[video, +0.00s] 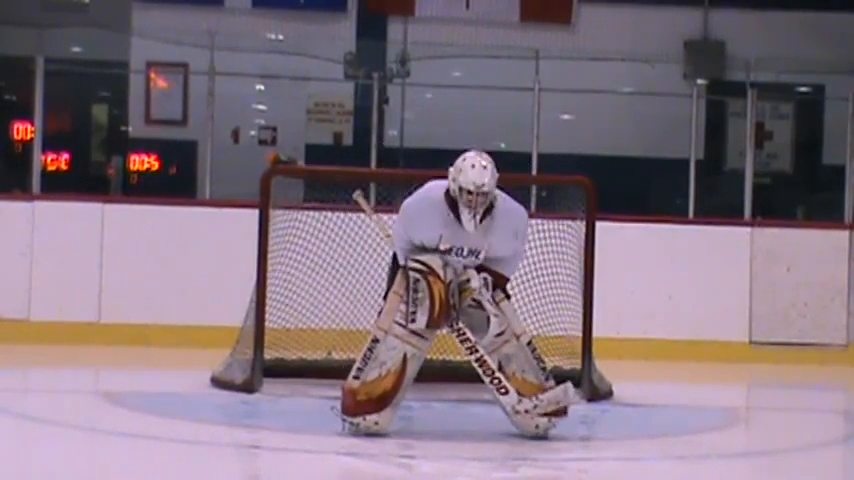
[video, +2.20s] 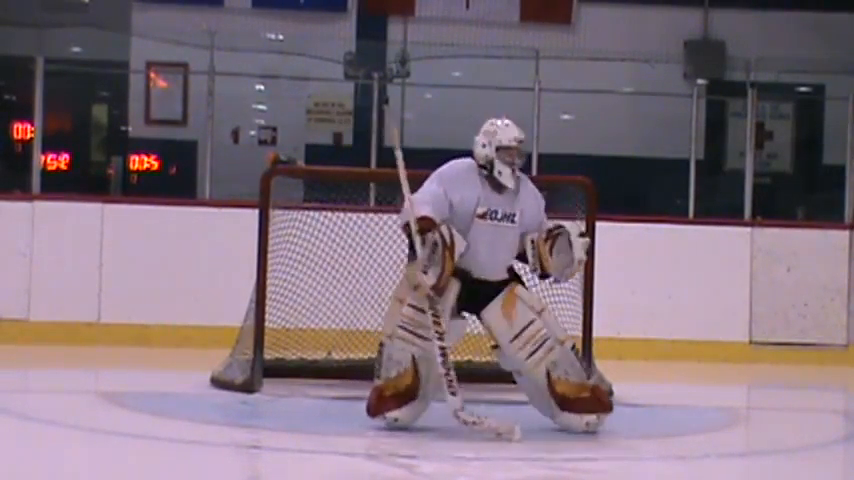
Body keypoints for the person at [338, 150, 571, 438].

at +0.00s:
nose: (474, 201)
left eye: (482, 195)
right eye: (467, 194)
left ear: (493, 192)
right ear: (453, 187)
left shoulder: (513, 217)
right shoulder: (421, 206)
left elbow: (502, 269)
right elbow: (405, 256)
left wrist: (478, 286)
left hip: (475, 281)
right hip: (424, 276)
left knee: (506, 340)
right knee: (403, 333)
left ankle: (535, 413)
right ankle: (368, 409)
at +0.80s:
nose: (480, 146)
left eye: (487, 139)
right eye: (473, 138)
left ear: (497, 141)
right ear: (459, 138)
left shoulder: (519, 185)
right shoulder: (426, 170)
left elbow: (533, 245)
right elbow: (399, 220)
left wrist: (519, 265)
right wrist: (417, 266)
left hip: (482, 277)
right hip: (424, 272)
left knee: (510, 339)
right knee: (395, 336)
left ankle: (536, 414)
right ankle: (368, 412)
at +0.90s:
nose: (477, 126)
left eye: (483, 119)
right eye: (470, 119)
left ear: (493, 123)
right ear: (456, 120)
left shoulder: (515, 167)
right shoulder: (422, 156)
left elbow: (538, 213)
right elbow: (386, 195)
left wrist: (545, 233)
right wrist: (397, 224)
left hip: (483, 268)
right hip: (426, 265)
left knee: (514, 342)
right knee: (394, 339)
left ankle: (537, 417)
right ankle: (366, 414)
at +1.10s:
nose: (473, 106)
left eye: (479, 99)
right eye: (466, 99)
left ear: (489, 102)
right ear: (452, 100)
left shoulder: (511, 146)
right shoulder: (422, 142)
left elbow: (528, 200)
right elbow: (390, 191)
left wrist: (556, 186)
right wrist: (393, 223)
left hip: (490, 263)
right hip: (432, 262)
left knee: (514, 340)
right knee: (401, 336)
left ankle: (539, 416)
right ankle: (370, 413)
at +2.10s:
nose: (495, 157)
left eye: (501, 150)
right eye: (488, 149)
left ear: (510, 151)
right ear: (471, 149)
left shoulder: (527, 191)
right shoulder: (443, 177)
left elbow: (546, 243)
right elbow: (402, 212)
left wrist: (559, 239)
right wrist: (411, 237)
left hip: (499, 283)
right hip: (443, 274)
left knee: (526, 348)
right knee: (410, 335)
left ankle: (575, 414)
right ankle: (393, 408)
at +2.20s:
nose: (513, 159)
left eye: (517, 153)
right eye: (505, 152)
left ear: (521, 154)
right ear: (485, 151)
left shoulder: (528, 194)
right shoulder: (456, 175)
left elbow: (532, 247)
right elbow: (419, 209)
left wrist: (556, 251)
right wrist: (432, 236)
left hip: (499, 287)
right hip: (448, 280)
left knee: (538, 343)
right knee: (417, 341)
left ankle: (574, 407)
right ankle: (400, 405)